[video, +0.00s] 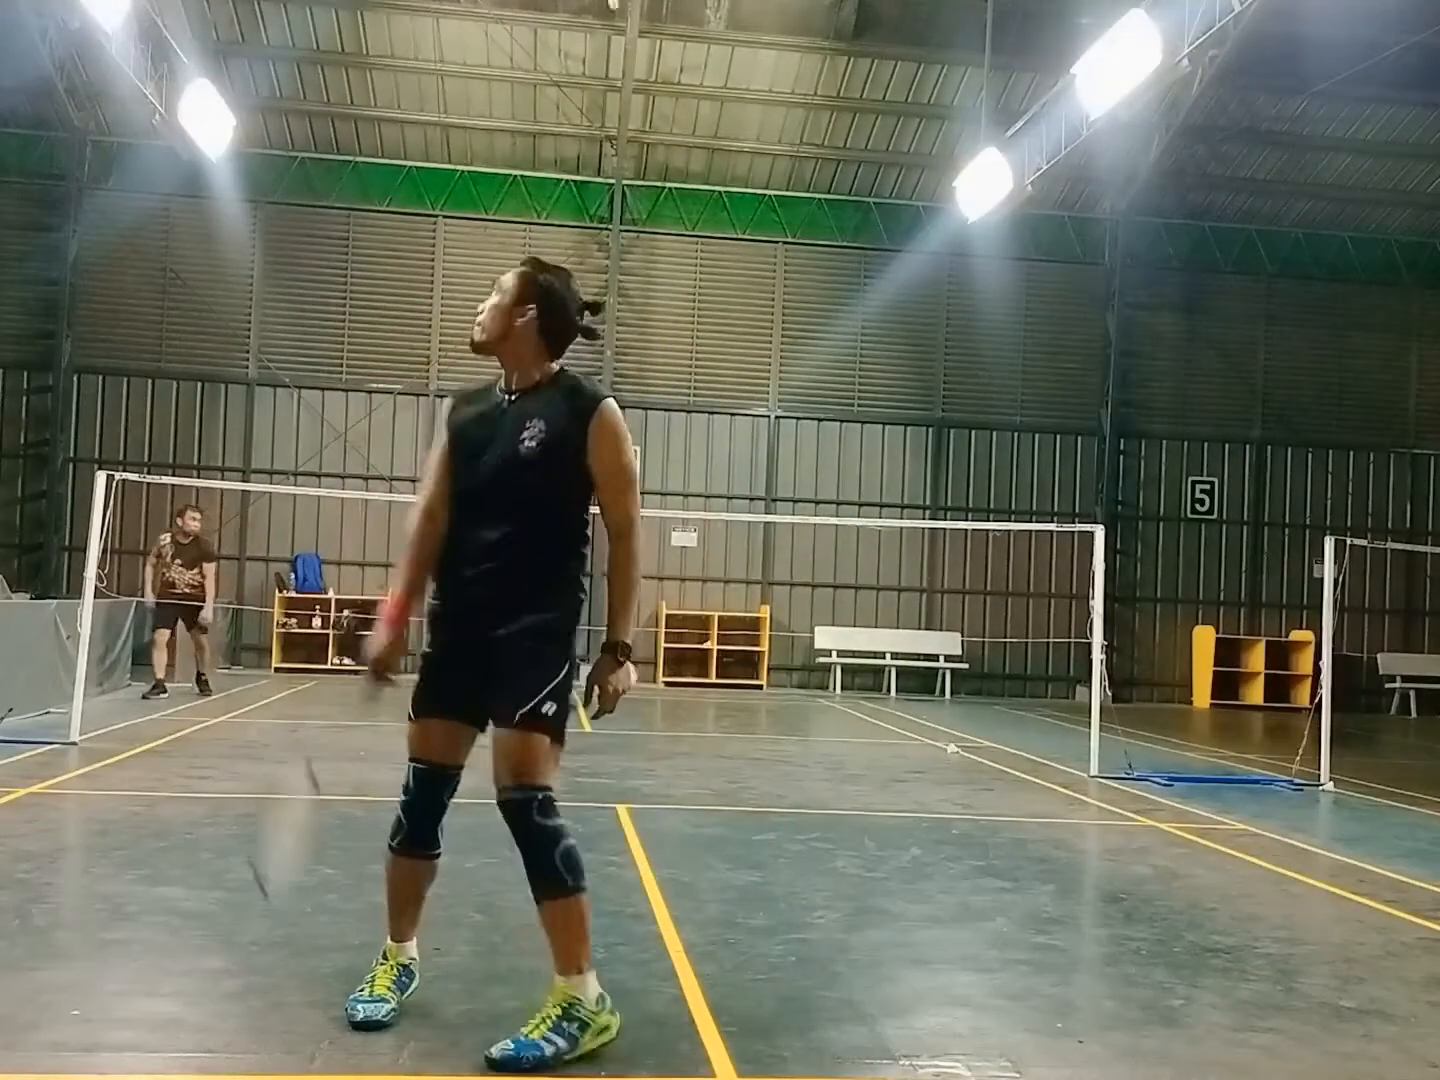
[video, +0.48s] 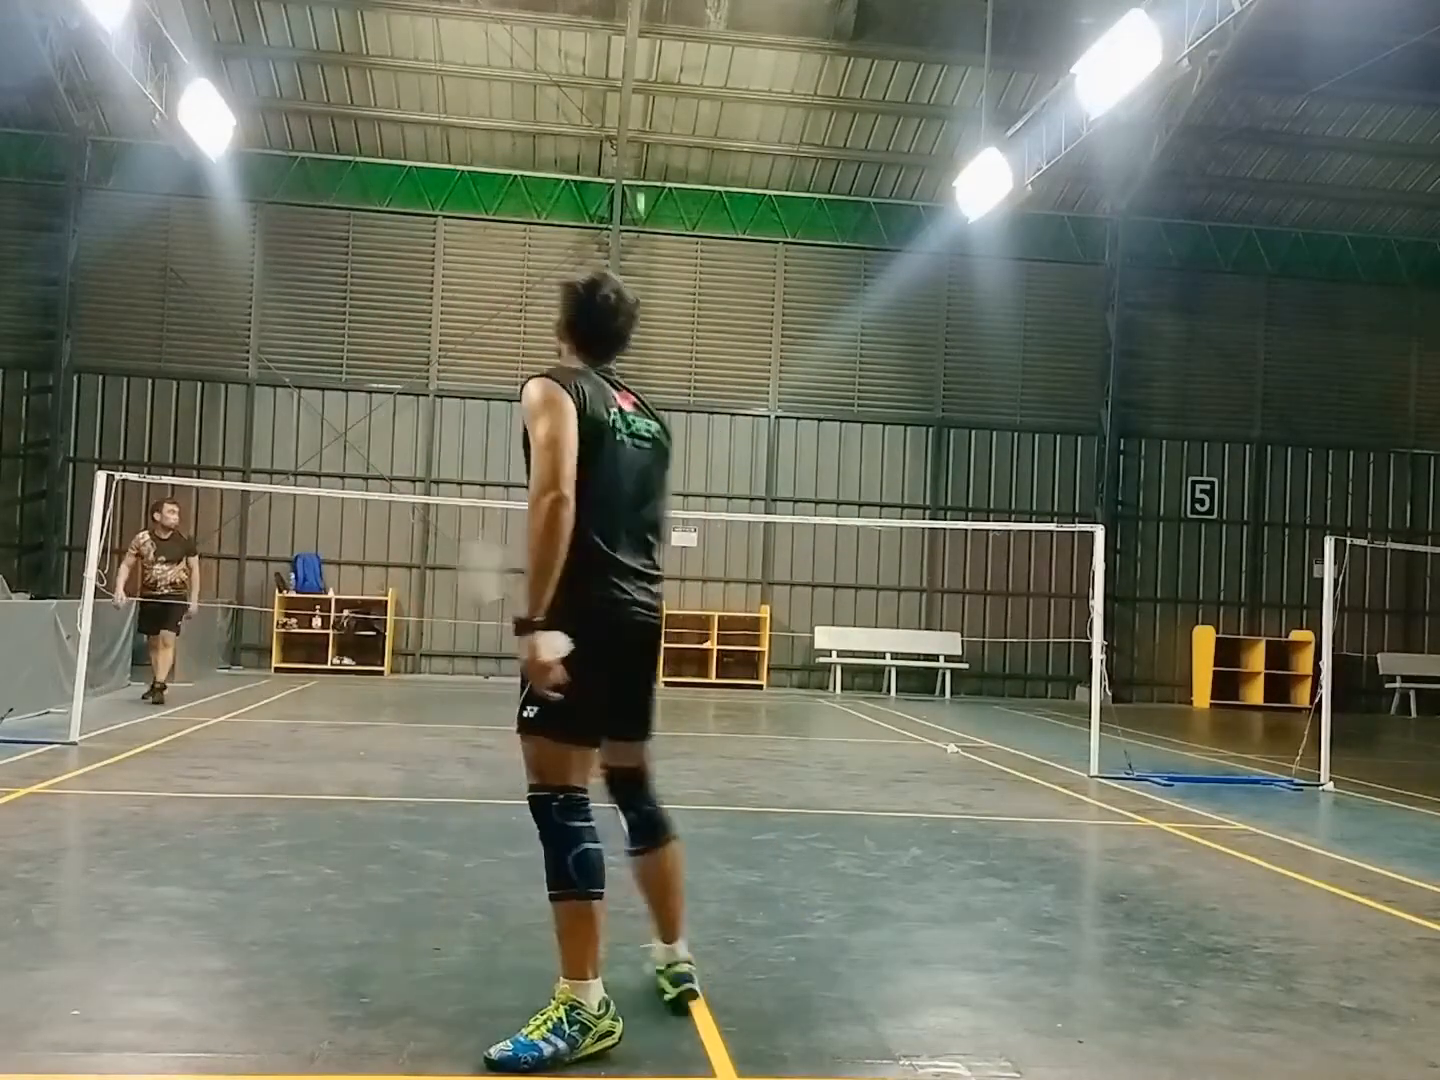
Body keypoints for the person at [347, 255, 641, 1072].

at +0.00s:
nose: (481, 311)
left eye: (493, 301)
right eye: (487, 299)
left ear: (527, 319)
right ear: (517, 320)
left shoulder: (590, 416)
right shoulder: (465, 417)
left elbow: (622, 531)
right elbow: (428, 522)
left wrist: (618, 641)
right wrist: (391, 619)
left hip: (541, 635)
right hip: (458, 630)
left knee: (527, 803)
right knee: (420, 798)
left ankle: (580, 996)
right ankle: (396, 956)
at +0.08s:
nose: (482, 317)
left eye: (491, 305)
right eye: (487, 304)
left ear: (519, 317)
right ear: (522, 321)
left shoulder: (589, 412)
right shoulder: (487, 417)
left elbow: (627, 530)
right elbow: (453, 529)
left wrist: (621, 644)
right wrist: (407, 628)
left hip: (556, 629)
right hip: (480, 624)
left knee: (529, 798)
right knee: (440, 788)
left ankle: (578, 1002)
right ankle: (405, 958)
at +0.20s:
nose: (493, 320)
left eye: (499, 307)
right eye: (499, 307)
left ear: (517, 317)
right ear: (554, 318)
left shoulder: (563, 396)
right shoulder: (536, 401)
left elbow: (615, 507)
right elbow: (520, 522)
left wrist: (613, 634)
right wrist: (466, 596)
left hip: (566, 625)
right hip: (523, 620)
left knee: (547, 793)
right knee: (492, 774)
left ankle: (580, 1000)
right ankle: (489, 964)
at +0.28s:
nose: (507, 318)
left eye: (509, 307)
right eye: (513, 307)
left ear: (520, 316)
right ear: (574, 320)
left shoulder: (551, 392)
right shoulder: (559, 391)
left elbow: (596, 500)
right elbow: (558, 511)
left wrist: (599, 627)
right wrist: (503, 574)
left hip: (567, 625)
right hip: (545, 619)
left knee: (550, 793)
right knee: (514, 770)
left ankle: (584, 999)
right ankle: (551, 956)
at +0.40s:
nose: (536, 318)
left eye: (540, 310)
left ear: (546, 320)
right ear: (609, 330)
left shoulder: (545, 388)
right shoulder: (628, 406)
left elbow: (567, 490)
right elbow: (631, 519)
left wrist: (555, 621)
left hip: (573, 611)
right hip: (625, 609)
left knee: (550, 796)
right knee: (598, 785)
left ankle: (580, 1001)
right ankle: (647, 956)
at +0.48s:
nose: (552, 326)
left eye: (556, 317)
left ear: (561, 329)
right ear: (622, 339)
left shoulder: (551, 391)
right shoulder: (645, 414)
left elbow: (554, 495)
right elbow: (645, 530)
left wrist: (539, 618)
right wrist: (615, 612)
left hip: (578, 615)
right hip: (638, 618)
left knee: (560, 802)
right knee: (632, 785)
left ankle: (582, 1003)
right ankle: (676, 958)